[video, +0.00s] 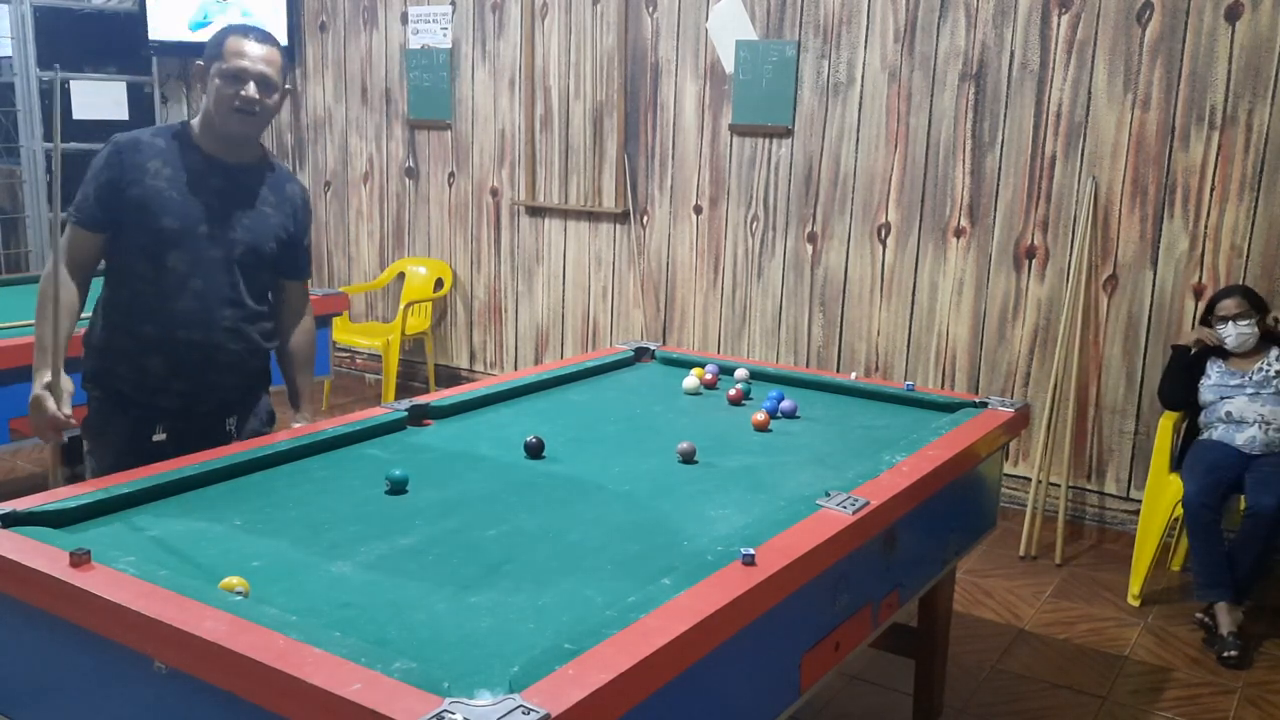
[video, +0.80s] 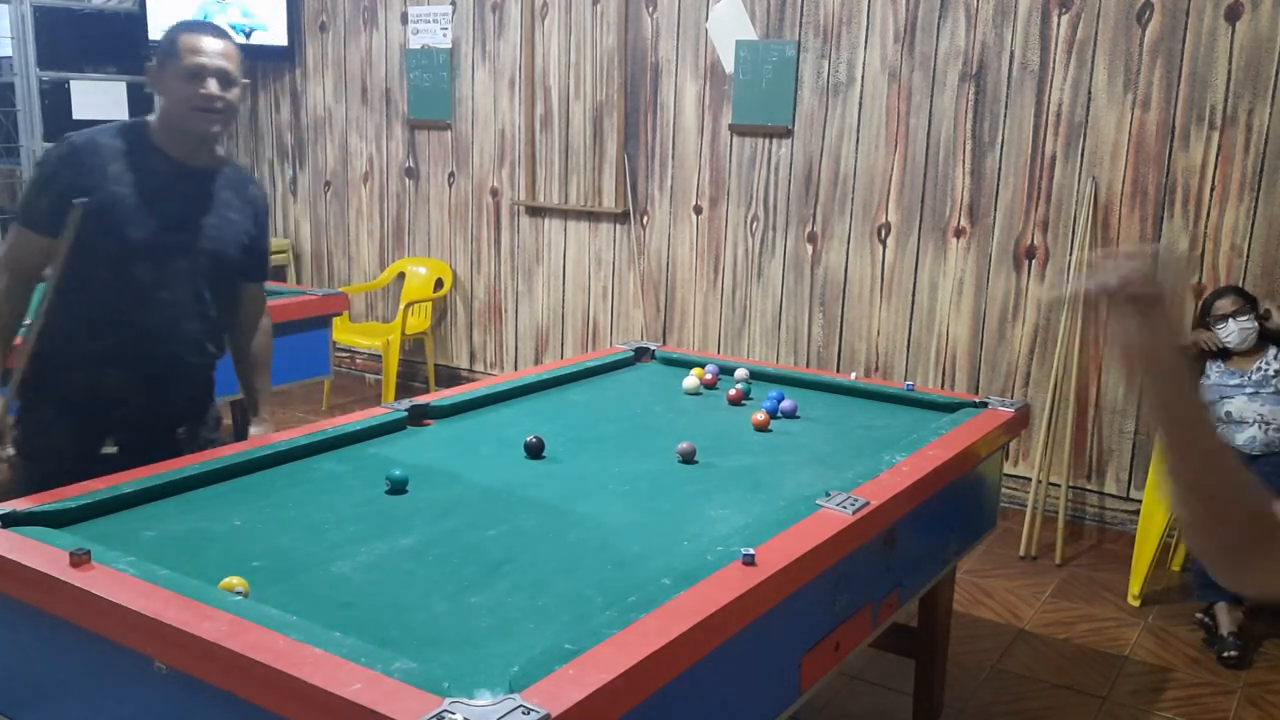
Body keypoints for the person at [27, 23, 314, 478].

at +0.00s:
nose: (250, 94)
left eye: (265, 84)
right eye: (234, 78)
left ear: (283, 100)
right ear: (203, 81)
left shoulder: (288, 196)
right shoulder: (129, 158)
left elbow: (295, 315)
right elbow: (70, 268)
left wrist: (306, 412)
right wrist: (48, 372)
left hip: (234, 414)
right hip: (127, 409)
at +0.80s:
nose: (212, 92)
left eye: (226, 81)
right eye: (194, 76)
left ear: (241, 94)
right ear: (154, 77)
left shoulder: (244, 195)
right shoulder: (80, 160)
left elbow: (250, 317)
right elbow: (14, 277)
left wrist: (261, 415)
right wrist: (3, 392)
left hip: (178, 425)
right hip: (65, 418)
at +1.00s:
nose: (143, 89)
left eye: (157, 76)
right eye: (123, 74)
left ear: (174, 88)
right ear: (82, 78)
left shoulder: (184, 191)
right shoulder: (17, 169)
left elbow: (206, 314)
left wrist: (228, 419)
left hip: (142, 434)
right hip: (28, 436)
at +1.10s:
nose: (99, 87)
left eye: (113, 72)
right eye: (79, 69)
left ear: (127, 84)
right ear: (36, 76)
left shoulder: (148, 185)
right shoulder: (8, 166)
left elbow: (173, 311)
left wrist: (198, 416)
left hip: (113, 431)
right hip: (14, 432)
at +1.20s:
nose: (56, 86)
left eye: (69, 72)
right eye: (34, 70)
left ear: (83, 81)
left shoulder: (113, 185)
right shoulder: (5, 175)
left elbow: (141, 311)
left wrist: (166, 418)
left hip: (86, 441)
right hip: (4, 446)